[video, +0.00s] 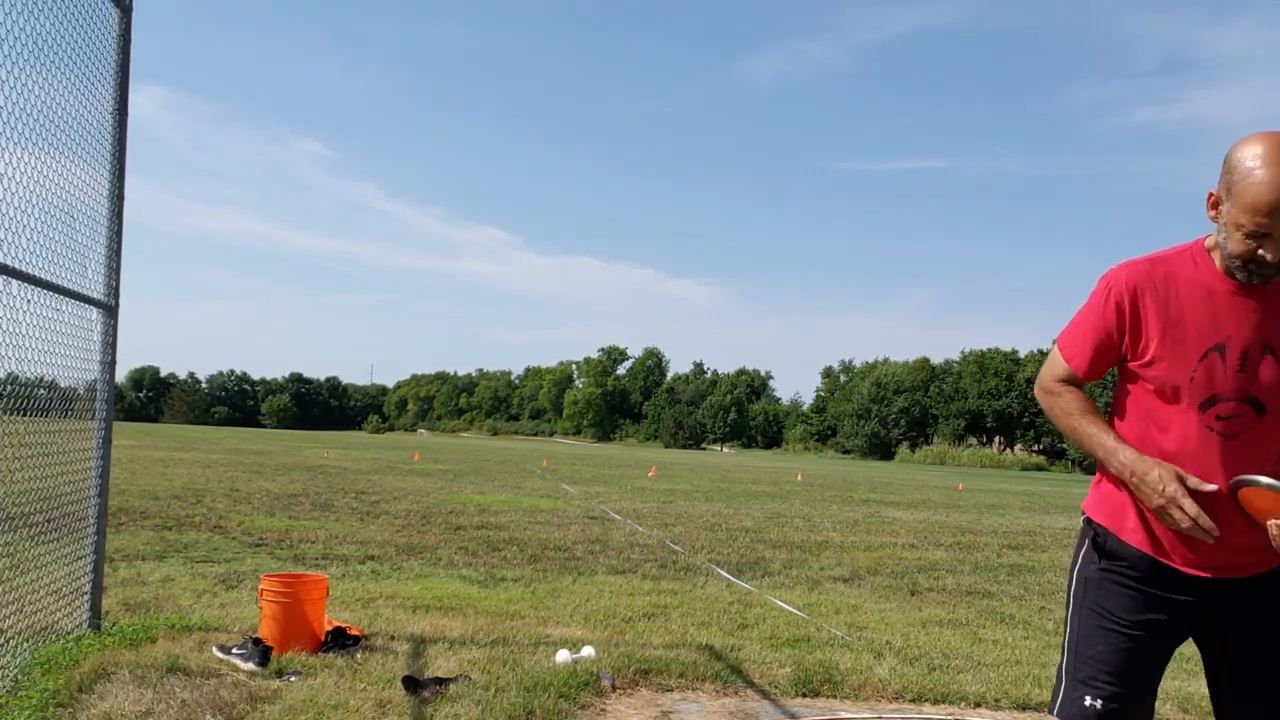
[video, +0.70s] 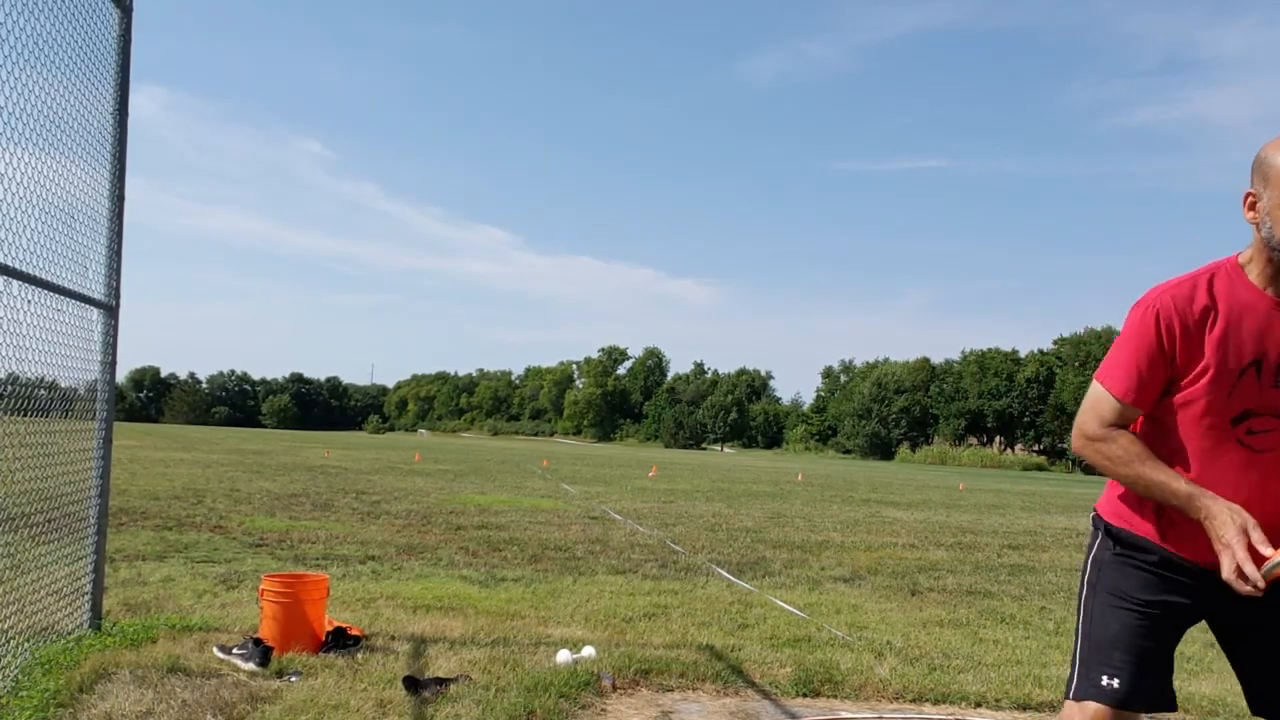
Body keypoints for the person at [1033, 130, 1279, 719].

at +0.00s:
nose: (1270, 255)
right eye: (1255, 235)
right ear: (1215, 205)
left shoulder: (1277, 294)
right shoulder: (1138, 288)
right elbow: (1053, 384)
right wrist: (1133, 467)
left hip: (1257, 573)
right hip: (1133, 560)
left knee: (1258, 709)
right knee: (1092, 711)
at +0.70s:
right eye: (1279, 195)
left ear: (1261, 206)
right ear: (1253, 206)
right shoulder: (1178, 308)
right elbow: (1093, 433)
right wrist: (1209, 509)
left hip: (1269, 570)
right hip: (1147, 553)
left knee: (1278, 704)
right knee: (1097, 710)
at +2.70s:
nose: (1252, 198)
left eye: (1266, 182)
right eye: (1233, 181)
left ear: (1279, 196)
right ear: (1191, 196)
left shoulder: (1278, 300)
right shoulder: (1133, 305)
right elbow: (1112, 450)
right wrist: (1249, 429)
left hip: (1251, 567)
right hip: (1129, 559)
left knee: (1277, 704)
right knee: (1090, 711)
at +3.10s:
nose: (1223, 195)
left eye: (1236, 179)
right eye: (1203, 181)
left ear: (1256, 192)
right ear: (1166, 198)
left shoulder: (1277, 300)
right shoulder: (1113, 305)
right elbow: (1108, 449)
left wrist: (1269, 462)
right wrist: (1211, 454)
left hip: (1245, 562)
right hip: (1121, 558)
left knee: (1271, 703)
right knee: (1082, 710)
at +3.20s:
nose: (1220, 193)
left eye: (1233, 177)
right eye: (1201, 179)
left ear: (1253, 190)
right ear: (1164, 197)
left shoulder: (1276, 301)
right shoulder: (1114, 309)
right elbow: (1092, 452)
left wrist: (1275, 498)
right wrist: (1176, 520)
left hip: (1247, 570)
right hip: (1120, 563)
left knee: (1268, 705)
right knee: (1086, 711)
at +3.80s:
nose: (1227, 183)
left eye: (1241, 170)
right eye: (1209, 170)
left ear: (1259, 187)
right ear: (1172, 187)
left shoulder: (1275, 299)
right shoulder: (1122, 303)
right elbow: (1088, 449)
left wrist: (1270, 426)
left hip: (1256, 568)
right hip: (1134, 562)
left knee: (1269, 706)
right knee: (1099, 711)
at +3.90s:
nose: (1224, 174)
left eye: (1238, 164)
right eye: (1206, 163)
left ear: (1255, 183)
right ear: (1169, 183)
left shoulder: (1270, 282)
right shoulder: (1120, 290)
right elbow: (1118, 421)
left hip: (1260, 566)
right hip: (1138, 559)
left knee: (1274, 705)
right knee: (1097, 712)